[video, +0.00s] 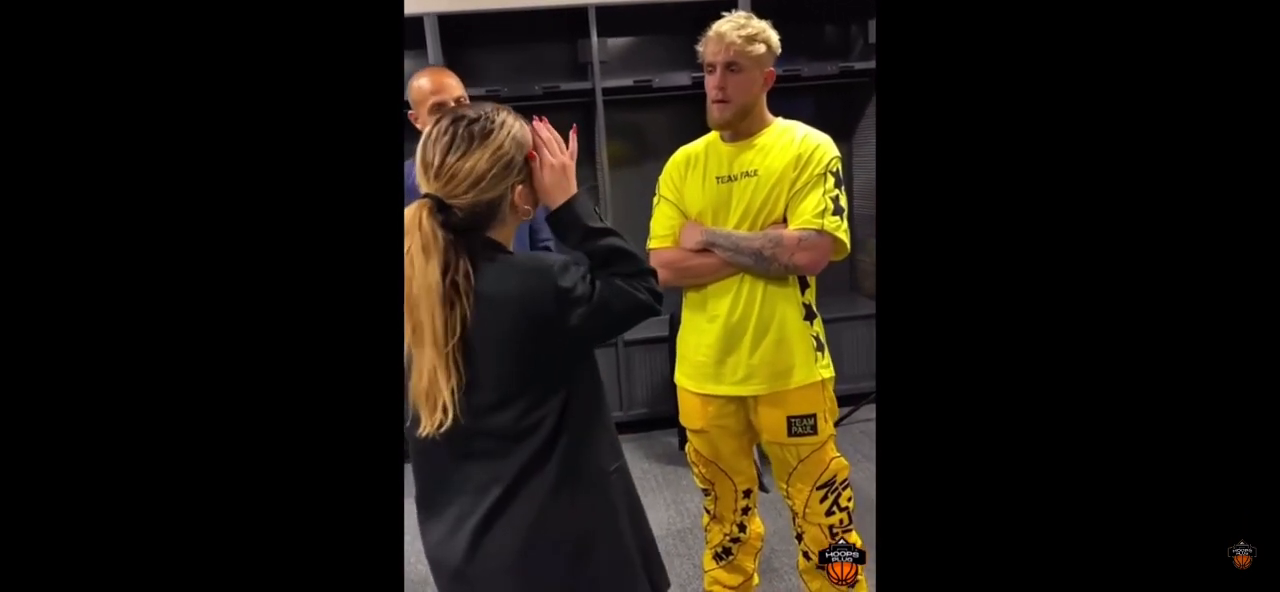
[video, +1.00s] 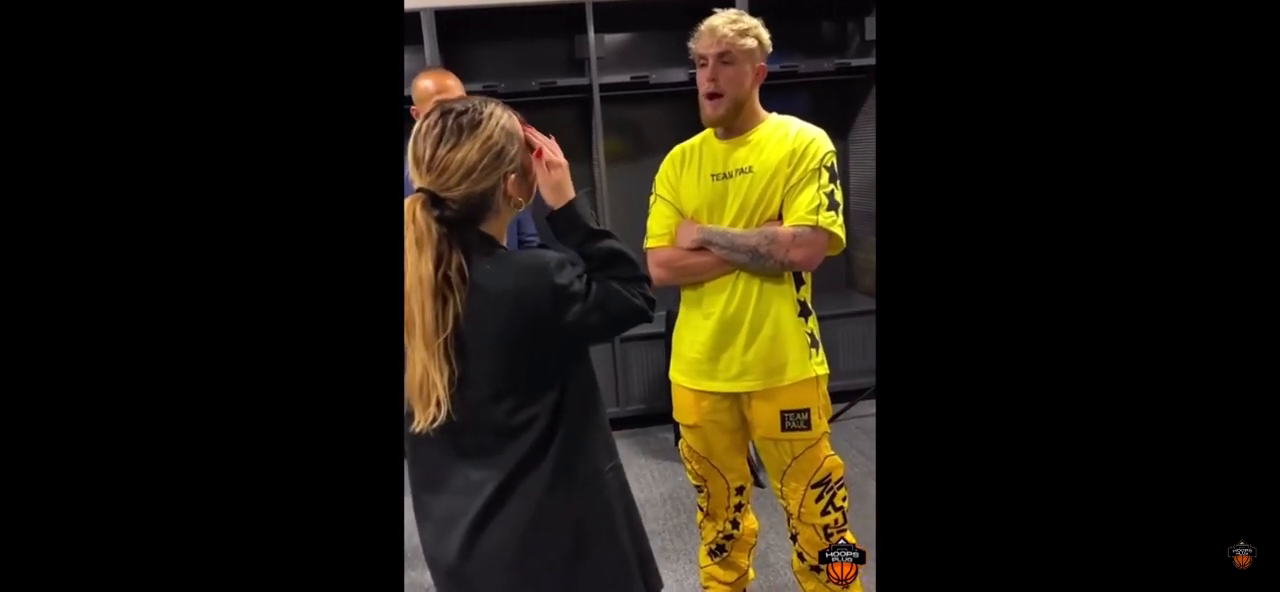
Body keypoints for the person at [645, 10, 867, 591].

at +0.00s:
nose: (716, 83)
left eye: (733, 69)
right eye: (709, 70)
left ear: (767, 77)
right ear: (702, 77)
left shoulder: (810, 149)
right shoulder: (682, 164)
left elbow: (813, 253)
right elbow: (665, 267)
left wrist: (704, 236)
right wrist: (765, 248)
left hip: (790, 368)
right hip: (703, 371)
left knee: (823, 519)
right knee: (724, 522)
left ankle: (838, 584)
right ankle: (728, 585)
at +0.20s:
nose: (712, 83)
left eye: (728, 68)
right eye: (706, 69)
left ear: (764, 76)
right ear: (699, 75)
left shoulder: (809, 147)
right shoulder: (680, 162)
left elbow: (815, 252)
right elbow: (663, 267)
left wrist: (704, 235)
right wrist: (766, 246)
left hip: (791, 367)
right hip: (703, 370)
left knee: (823, 520)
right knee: (723, 523)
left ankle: (839, 583)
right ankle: (727, 584)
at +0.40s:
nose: (706, 83)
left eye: (721, 68)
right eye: (700, 69)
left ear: (758, 75)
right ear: (696, 74)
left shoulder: (808, 146)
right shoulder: (679, 160)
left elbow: (815, 250)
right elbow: (661, 265)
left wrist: (705, 233)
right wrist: (764, 245)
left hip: (791, 365)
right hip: (703, 369)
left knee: (824, 519)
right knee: (723, 522)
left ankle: (838, 584)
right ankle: (727, 585)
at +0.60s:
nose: (704, 79)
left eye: (719, 65)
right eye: (698, 65)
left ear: (757, 73)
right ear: (694, 72)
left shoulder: (807, 146)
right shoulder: (678, 161)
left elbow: (813, 250)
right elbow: (661, 266)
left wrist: (703, 234)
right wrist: (763, 246)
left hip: (789, 366)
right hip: (702, 369)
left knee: (824, 525)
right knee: (723, 527)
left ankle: (837, 584)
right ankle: (726, 585)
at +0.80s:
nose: (705, 76)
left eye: (722, 62)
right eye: (699, 63)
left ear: (757, 71)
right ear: (694, 71)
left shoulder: (805, 145)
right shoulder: (678, 161)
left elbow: (810, 249)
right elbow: (660, 266)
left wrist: (701, 234)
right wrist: (761, 245)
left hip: (786, 365)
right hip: (700, 369)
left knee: (820, 521)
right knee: (720, 524)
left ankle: (834, 584)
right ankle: (724, 585)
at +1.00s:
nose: (707, 76)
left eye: (724, 62)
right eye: (700, 63)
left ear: (758, 71)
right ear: (694, 72)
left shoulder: (804, 144)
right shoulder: (678, 162)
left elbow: (807, 248)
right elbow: (660, 267)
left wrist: (700, 234)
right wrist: (759, 245)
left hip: (784, 365)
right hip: (698, 369)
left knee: (817, 517)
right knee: (717, 520)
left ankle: (833, 583)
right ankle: (723, 584)